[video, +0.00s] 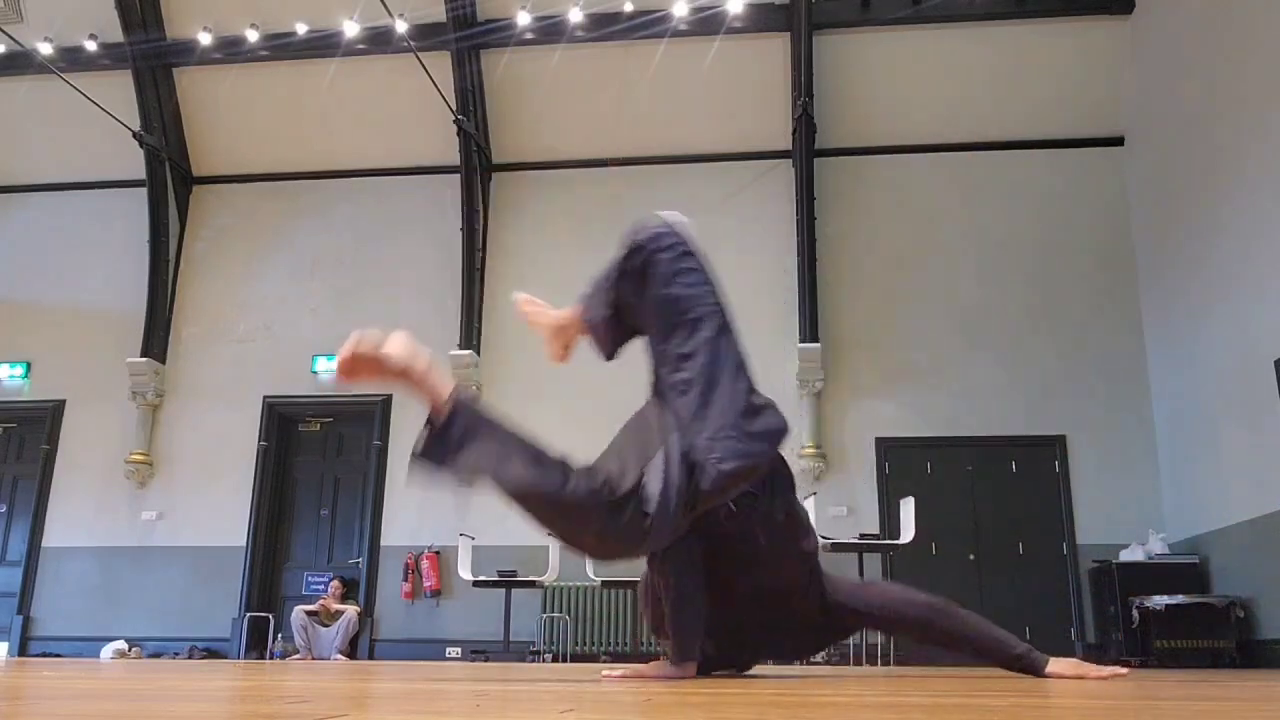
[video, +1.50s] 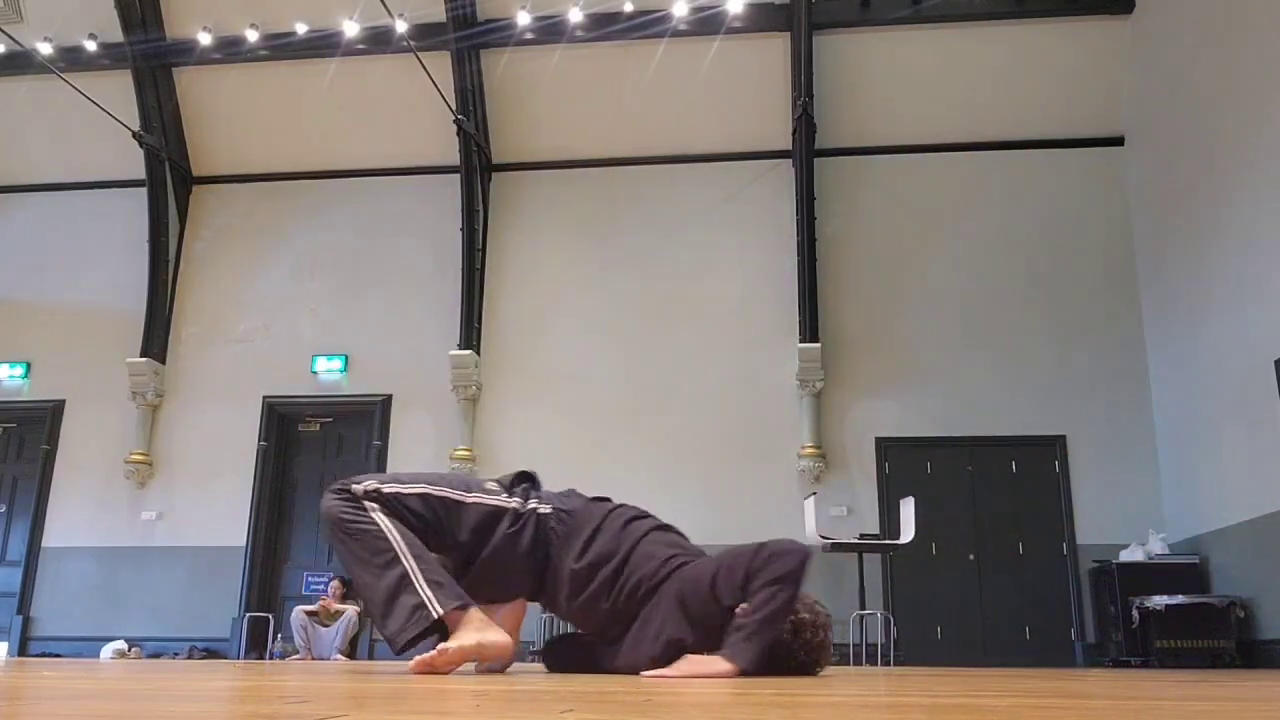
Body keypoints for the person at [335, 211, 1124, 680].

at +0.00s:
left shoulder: (702, 644)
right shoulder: (810, 603)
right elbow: (915, 614)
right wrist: (1034, 663)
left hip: (665, 506)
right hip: (741, 459)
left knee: (578, 512)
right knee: (661, 238)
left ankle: (429, 387)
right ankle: (585, 326)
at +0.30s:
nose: (804, 625)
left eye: (807, 629)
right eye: (820, 621)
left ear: (796, 609)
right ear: (835, 589)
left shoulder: (713, 588)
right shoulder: (844, 514)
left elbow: (670, 600)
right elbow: (962, 500)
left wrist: (680, 669)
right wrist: (990, 604)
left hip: (627, 482)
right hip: (649, 407)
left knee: (544, 521)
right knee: (475, 313)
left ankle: (391, 566)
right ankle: (443, 426)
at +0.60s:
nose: (843, 546)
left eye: (852, 560)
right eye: (855, 530)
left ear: (835, 574)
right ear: (841, 496)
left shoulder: (743, 579)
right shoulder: (780, 429)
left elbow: (634, 546)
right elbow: (802, 326)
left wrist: (676, 652)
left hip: (573, 512)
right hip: (558, 446)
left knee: (375, 509)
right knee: (366, 508)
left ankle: (490, 621)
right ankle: (478, 634)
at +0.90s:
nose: (746, 525)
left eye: (760, 544)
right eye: (759, 519)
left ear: (752, 583)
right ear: (751, 509)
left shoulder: (685, 583)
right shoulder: (689, 521)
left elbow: (622, 554)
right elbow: (620, 459)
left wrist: (679, 659)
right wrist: (692, 399)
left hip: (504, 495)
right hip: (499, 471)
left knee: (298, 520)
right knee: (301, 520)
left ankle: (472, 612)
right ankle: (481, 618)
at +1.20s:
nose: (728, 580)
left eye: (737, 596)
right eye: (742, 588)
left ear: (726, 621)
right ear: (728, 631)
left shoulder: (678, 619)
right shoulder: (641, 641)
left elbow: (688, 534)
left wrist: (690, 657)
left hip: (495, 511)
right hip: (489, 500)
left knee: (293, 515)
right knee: (294, 514)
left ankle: (459, 610)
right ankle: (472, 615)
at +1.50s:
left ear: (764, 628)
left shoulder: (715, 592)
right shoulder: (656, 652)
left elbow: (789, 556)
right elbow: (558, 656)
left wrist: (737, 657)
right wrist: (647, 666)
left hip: (544, 534)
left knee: (351, 497)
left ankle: (468, 624)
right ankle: (494, 623)